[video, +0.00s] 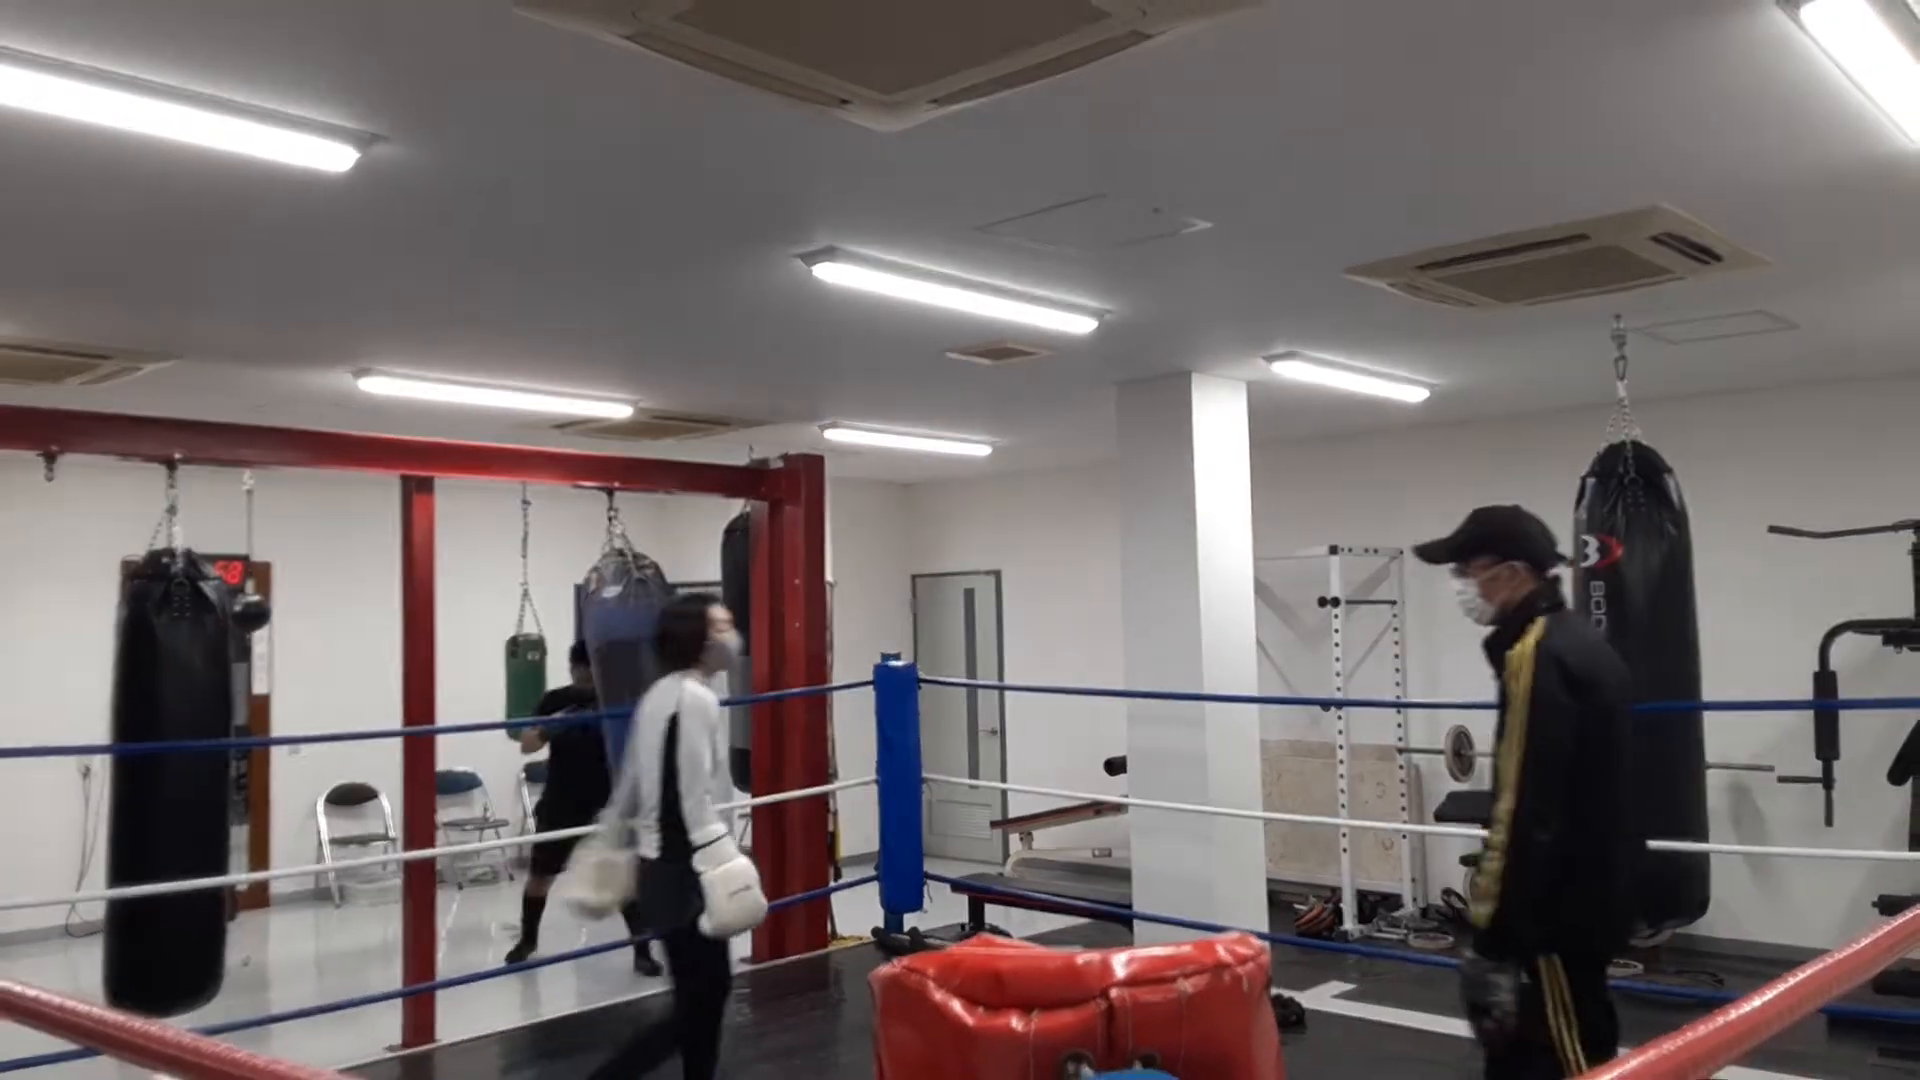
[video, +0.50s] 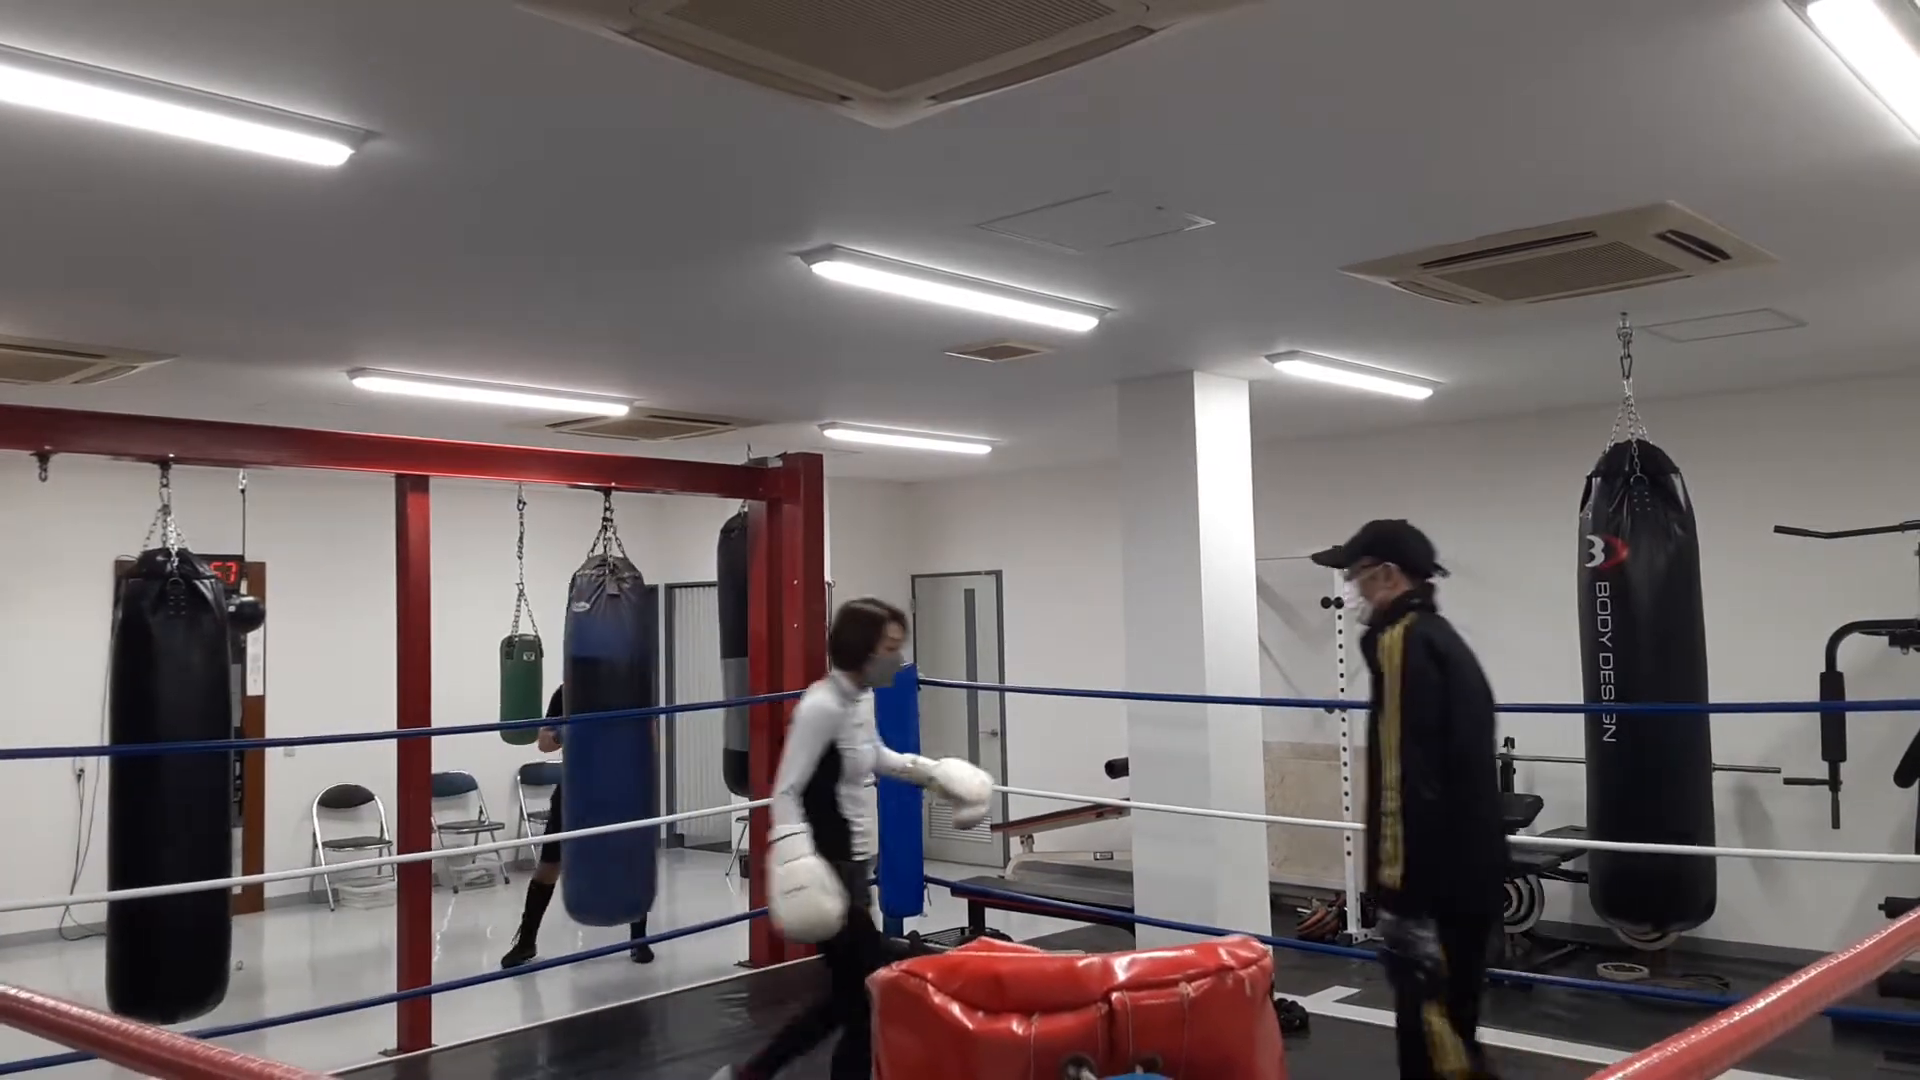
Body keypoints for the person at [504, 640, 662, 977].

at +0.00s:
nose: (585, 675)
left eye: (592, 668)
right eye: (580, 668)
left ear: (604, 668)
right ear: (572, 668)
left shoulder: (617, 700)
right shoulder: (557, 700)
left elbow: (635, 746)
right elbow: (528, 743)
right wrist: (550, 727)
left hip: (610, 799)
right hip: (562, 800)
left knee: (624, 872)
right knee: (541, 873)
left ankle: (642, 949)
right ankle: (528, 940)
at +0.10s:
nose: (574, 679)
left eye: (581, 672)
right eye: (568, 671)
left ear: (593, 670)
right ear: (559, 670)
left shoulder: (607, 697)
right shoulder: (546, 698)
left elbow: (629, 738)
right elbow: (518, 746)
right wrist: (543, 725)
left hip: (600, 799)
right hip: (553, 801)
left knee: (616, 871)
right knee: (535, 872)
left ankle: (640, 946)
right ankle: (524, 943)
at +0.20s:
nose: (571, 675)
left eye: (578, 668)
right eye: (566, 667)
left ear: (591, 666)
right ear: (557, 665)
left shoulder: (606, 691)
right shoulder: (541, 696)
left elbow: (626, 733)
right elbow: (518, 743)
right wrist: (549, 719)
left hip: (601, 795)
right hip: (553, 797)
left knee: (618, 868)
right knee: (534, 871)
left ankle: (636, 941)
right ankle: (522, 943)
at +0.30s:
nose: (576, 671)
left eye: (582, 664)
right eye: (570, 664)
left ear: (595, 663)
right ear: (563, 664)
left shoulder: (611, 690)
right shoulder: (547, 696)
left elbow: (630, 735)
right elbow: (526, 743)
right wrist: (559, 718)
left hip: (608, 791)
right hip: (560, 794)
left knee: (621, 861)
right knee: (539, 868)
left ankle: (638, 932)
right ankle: (524, 941)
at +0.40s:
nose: (581, 675)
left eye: (589, 669)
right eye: (578, 668)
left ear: (604, 669)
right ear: (572, 668)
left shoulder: (619, 694)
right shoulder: (559, 697)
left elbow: (641, 736)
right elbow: (536, 744)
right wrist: (560, 727)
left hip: (617, 791)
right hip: (568, 791)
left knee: (628, 857)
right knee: (546, 864)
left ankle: (638, 935)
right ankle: (525, 942)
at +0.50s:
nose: (589, 673)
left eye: (598, 667)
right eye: (583, 667)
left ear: (612, 666)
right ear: (575, 666)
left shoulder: (628, 693)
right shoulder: (568, 693)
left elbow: (653, 737)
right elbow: (544, 743)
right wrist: (564, 733)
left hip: (625, 785)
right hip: (575, 786)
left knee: (636, 856)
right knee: (550, 860)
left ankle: (639, 937)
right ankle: (526, 940)